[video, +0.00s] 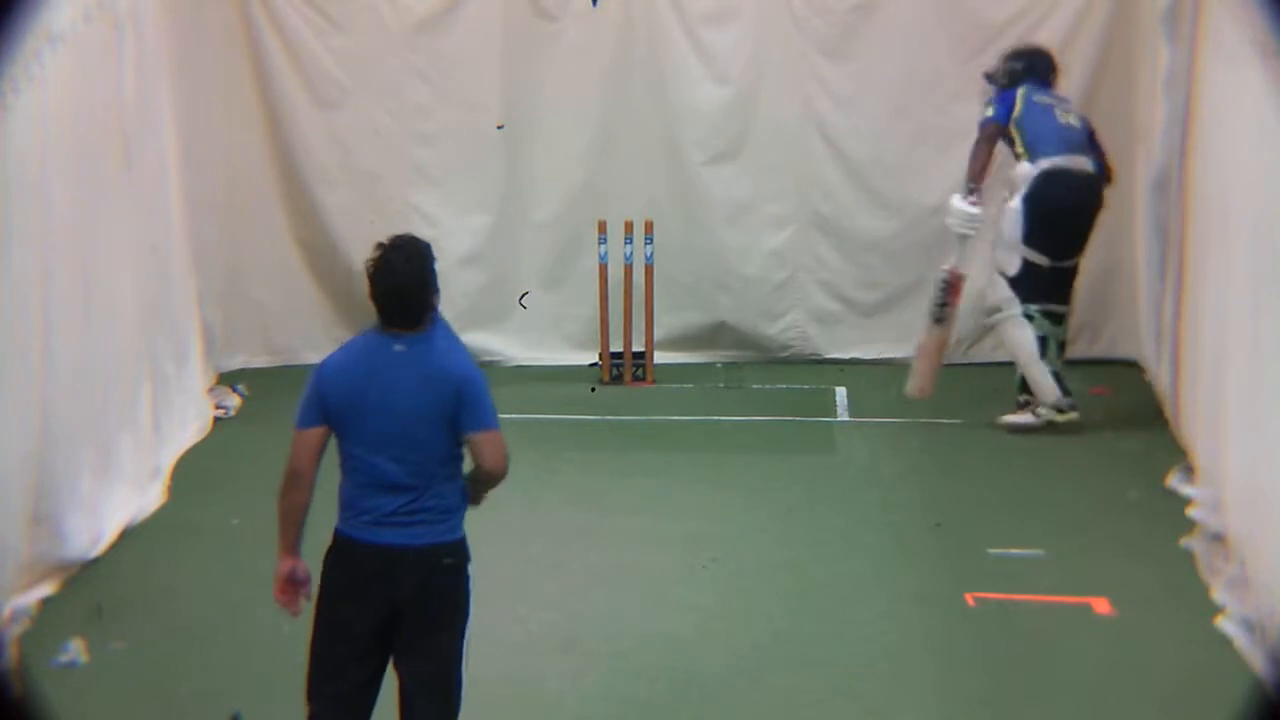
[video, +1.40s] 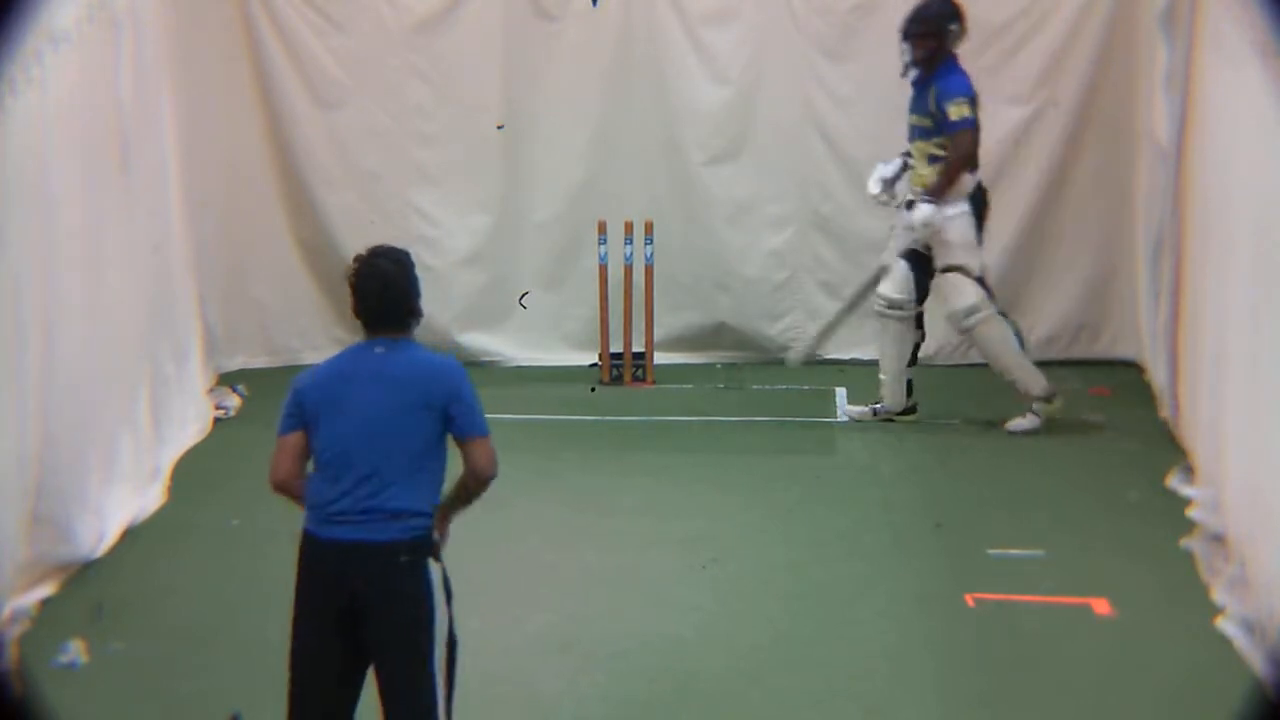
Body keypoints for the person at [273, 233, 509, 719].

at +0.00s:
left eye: (373, 280)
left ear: (372, 295)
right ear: (434, 294)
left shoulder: (337, 369)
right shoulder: (456, 368)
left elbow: (300, 470)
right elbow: (493, 464)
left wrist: (290, 552)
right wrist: (473, 488)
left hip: (357, 566)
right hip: (436, 567)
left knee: (335, 705)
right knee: (431, 707)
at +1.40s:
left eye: (356, 292)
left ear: (357, 306)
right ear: (415, 305)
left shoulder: (316, 380)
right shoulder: (444, 375)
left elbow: (284, 476)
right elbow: (482, 467)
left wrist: (341, 502)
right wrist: (444, 512)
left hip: (325, 570)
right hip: (405, 572)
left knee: (317, 707)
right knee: (417, 708)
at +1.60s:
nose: (404, 311)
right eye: (403, 305)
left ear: (343, 321)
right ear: (403, 318)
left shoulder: (304, 386)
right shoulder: (426, 378)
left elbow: (280, 476)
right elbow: (471, 463)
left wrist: (339, 446)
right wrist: (421, 440)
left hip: (293, 559)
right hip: (365, 558)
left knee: (298, 694)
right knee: (377, 696)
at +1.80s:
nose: (410, 334)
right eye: (409, 326)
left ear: (345, 337)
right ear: (406, 336)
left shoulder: (303, 393)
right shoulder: (425, 392)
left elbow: (296, 465)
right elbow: (440, 490)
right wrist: (420, 498)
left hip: (274, 549)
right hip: (343, 551)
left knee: (281, 689)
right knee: (350, 694)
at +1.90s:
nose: (416, 333)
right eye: (415, 324)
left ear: (350, 338)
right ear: (409, 334)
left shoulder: (308, 393)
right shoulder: (427, 394)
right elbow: (430, 499)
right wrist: (392, 540)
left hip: (273, 547)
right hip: (341, 551)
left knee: (280, 693)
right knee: (330, 699)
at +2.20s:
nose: (441, 328)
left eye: (437, 317)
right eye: (438, 318)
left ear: (377, 330)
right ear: (430, 326)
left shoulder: (356, 379)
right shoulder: (415, 382)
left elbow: (345, 470)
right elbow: (406, 475)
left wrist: (397, 530)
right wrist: (416, 530)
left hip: (280, 547)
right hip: (321, 554)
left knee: (290, 700)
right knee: (319, 704)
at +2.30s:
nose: (448, 322)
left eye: (444, 311)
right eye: (444, 312)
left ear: (387, 324)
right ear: (431, 321)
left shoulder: (382, 377)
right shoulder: (395, 383)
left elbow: (386, 479)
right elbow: (376, 474)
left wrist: (447, 510)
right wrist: (423, 515)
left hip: (311, 560)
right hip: (312, 562)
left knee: (327, 704)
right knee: (320, 708)